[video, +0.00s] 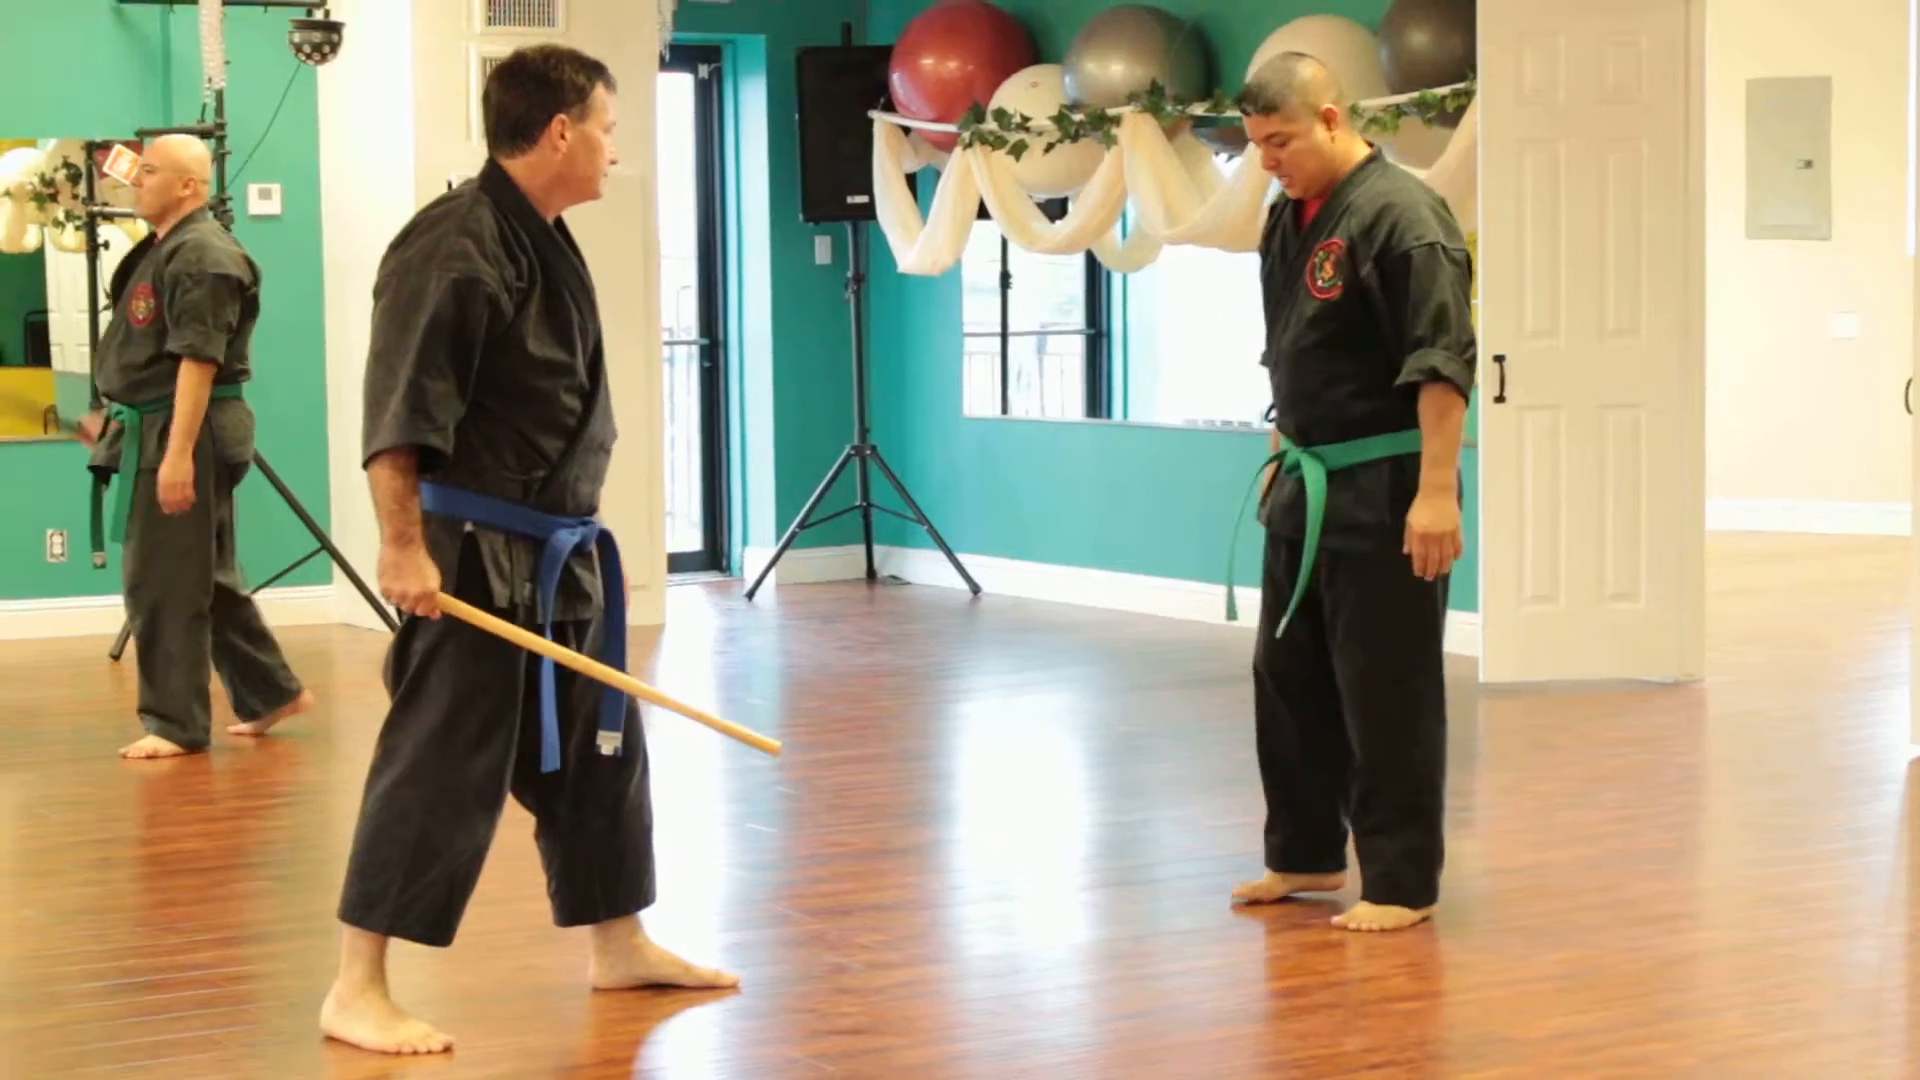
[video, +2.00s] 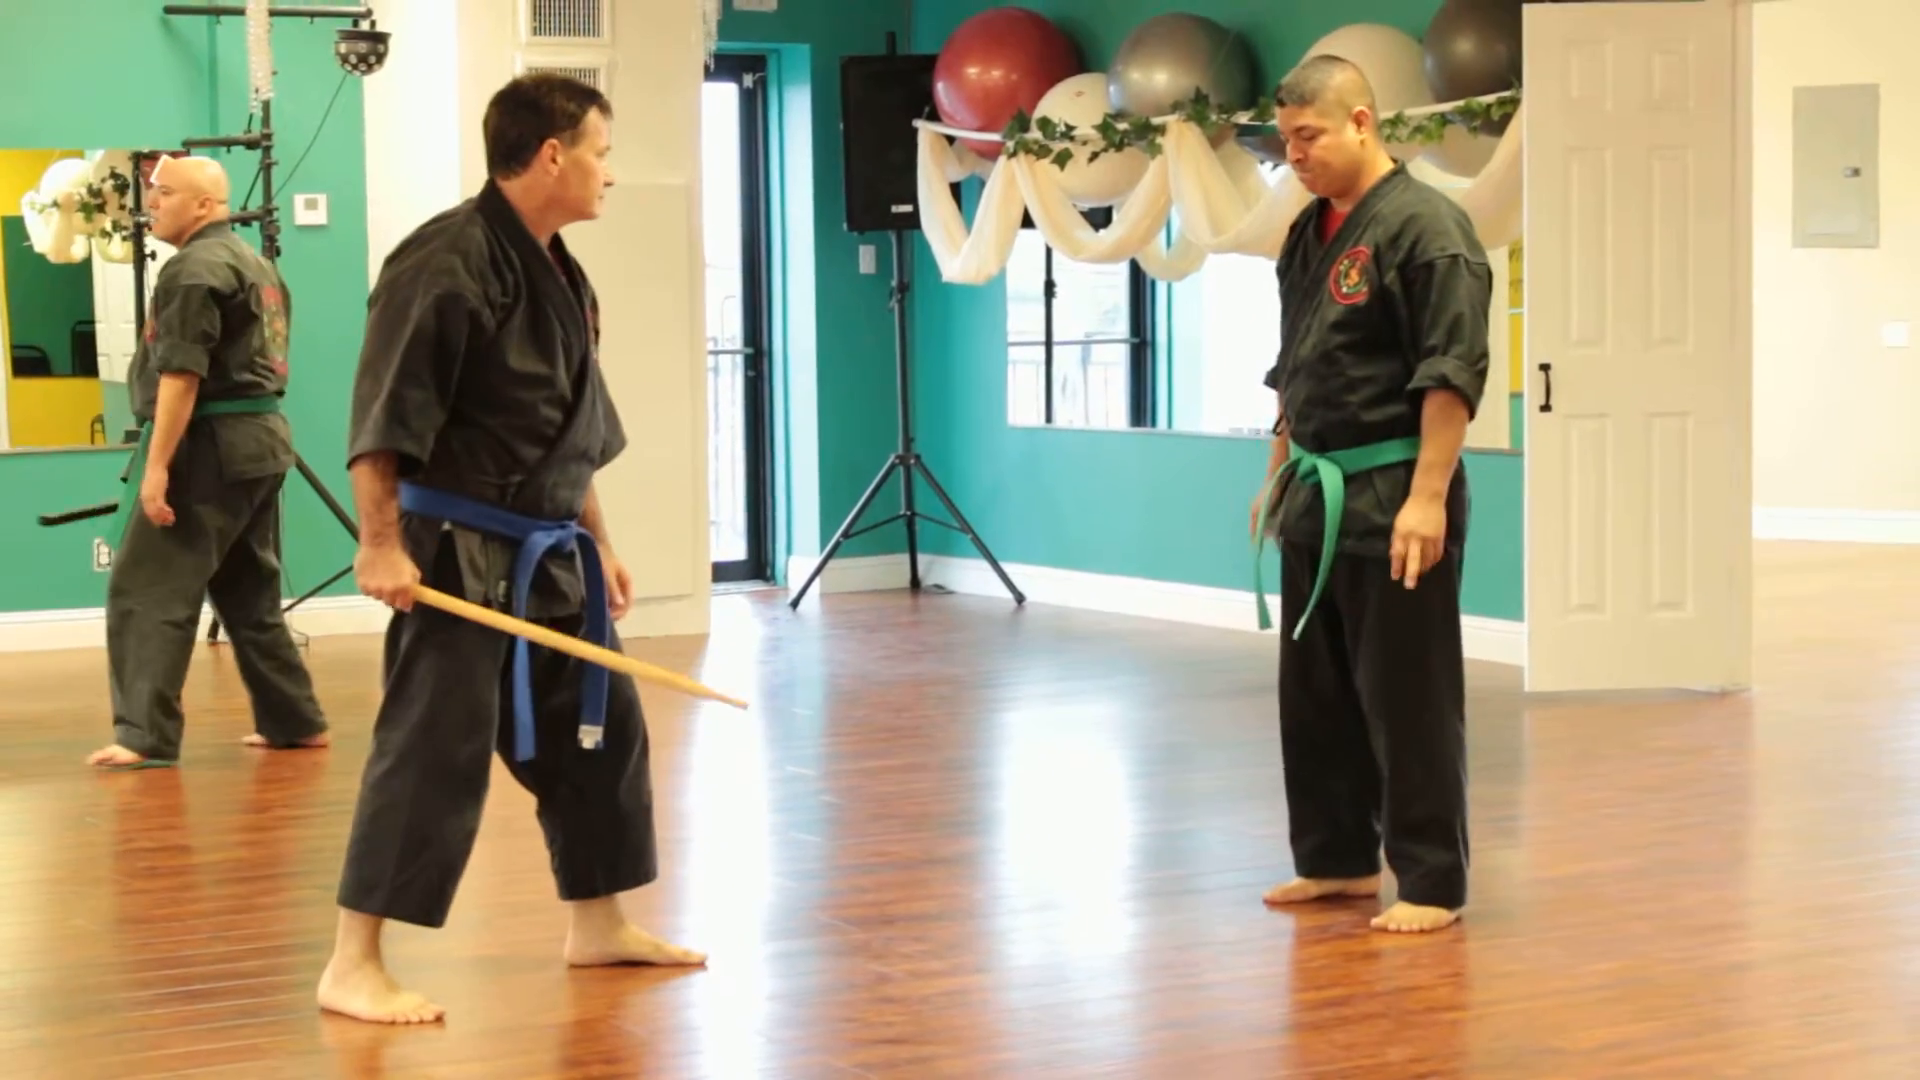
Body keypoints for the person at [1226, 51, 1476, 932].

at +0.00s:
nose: (1272, 166)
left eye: (1281, 146)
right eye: (1262, 150)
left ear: (1333, 120)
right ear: (1260, 141)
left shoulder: (1406, 217)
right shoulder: (1288, 218)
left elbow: (1443, 364)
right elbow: (1298, 353)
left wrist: (1438, 491)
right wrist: (1283, 454)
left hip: (1385, 473)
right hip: (1307, 473)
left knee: (1387, 682)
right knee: (1291, 672)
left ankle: (1401, 885)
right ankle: (1306, 861)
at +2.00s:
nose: (1294, 156)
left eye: (1307, 138)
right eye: (1287, 141)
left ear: (1362, 123)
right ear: (1294, 141)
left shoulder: (1429, 224)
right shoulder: (1307, 231)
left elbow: (1452, 376)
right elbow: (1297, 368)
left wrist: (1429, 495)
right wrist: (1281, 466)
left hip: (1398, 480)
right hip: (1315, 481)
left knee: (1408, 689)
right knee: (1319, 680)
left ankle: (1431, 885)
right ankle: (1339, 862)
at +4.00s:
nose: (1299, 118)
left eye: (1319, 102)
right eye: (1297, 104)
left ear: (1375, 116)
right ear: (1301, 121)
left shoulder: (1416, 222)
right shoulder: (1314, 225)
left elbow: (1443, 373)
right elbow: (1316, 360)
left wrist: (1412, 496)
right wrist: (1304, 470)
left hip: (1398, 479)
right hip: (1325, 479)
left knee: (1412, 691)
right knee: (1327, 684)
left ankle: (1437, 887)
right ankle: (1345, 861)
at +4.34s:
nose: (1276, 131)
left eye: (1295, 116)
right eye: (1274, 118)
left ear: (1352, 127)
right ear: (1291, 132)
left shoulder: (1377, 233)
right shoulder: (1313, 228)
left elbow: (1375, 385)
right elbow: (1312, 373)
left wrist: (1301, 477)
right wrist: (1268, 454)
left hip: (1385, 487)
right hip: (1318, 480)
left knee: (1375, 679)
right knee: (1307, 675)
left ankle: (1388, 873)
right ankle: (1336, 861)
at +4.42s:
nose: (1272, 144)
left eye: (1291, 129)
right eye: (1269, 131)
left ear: (1347, 140)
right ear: (1274, 145)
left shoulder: (1366, 239)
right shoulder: (1310, 241)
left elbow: (1335, 370)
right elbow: (1283, 369)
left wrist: (1220, 383)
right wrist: (1264, 387)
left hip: (1379, 497)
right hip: (1303, 494)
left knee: (1373, 688)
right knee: (1246, 658)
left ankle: (1384, 873)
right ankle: (1308, 824)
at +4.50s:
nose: (1268, 154)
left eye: (1286, 139)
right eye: (1264, 140)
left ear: (1340, 150)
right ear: (1269, 153)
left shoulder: (1359, 253)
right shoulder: (1309, 244)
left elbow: (1255, 349)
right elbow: (1282, 296)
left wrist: (1170, 291)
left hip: (1371, 505)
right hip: (1291, 500)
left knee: (1366, 684)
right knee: (1199, 642)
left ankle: (1383, 878)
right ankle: (1226, 812)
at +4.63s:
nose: (1248, 163)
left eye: (1265, 146)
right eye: (1241, 150)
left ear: (1321, 153)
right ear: (1243, 164)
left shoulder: (1337, 247)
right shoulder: (1267, 246)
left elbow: (1232, 291)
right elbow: (1201, 280)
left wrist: (1146, 230)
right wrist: (1168, 204)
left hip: (1343, 513)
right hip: (1257, 510)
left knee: (1338, 691)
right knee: (1159, 663)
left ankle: (1382, 884)